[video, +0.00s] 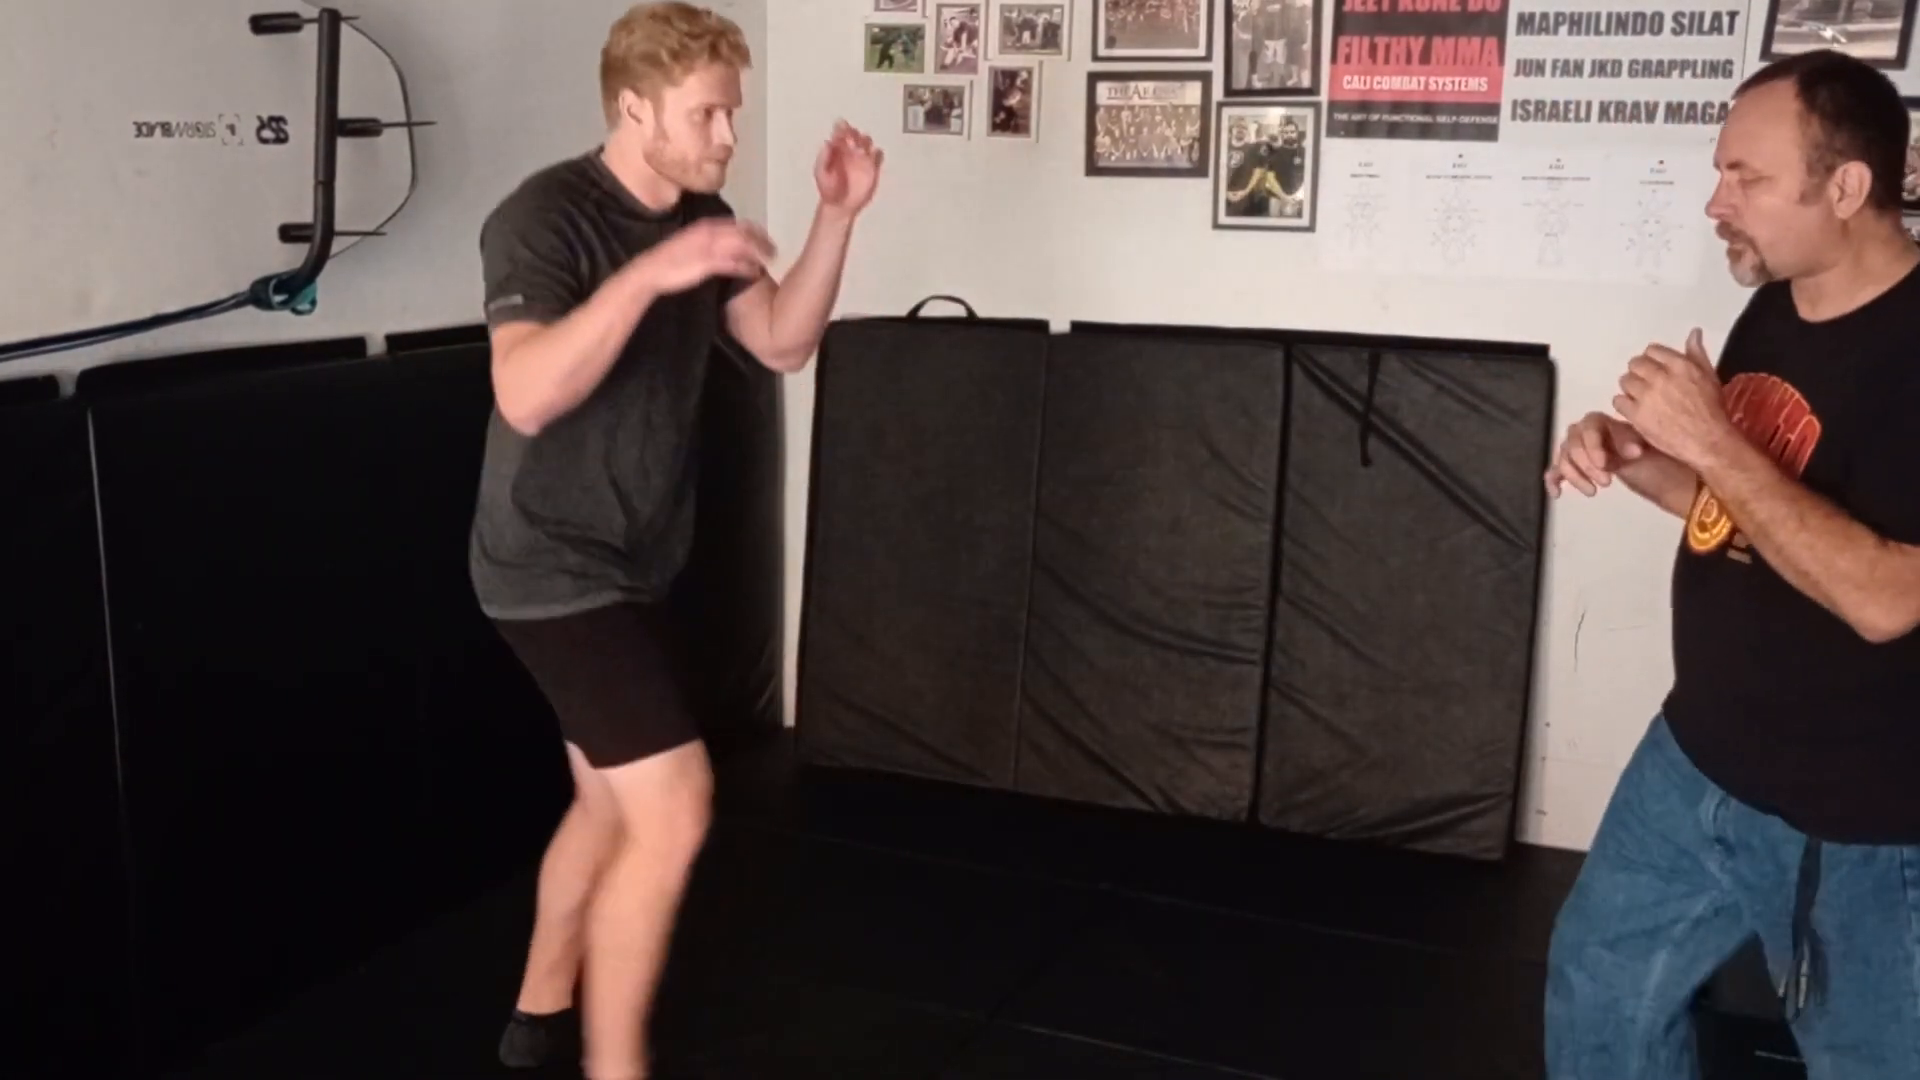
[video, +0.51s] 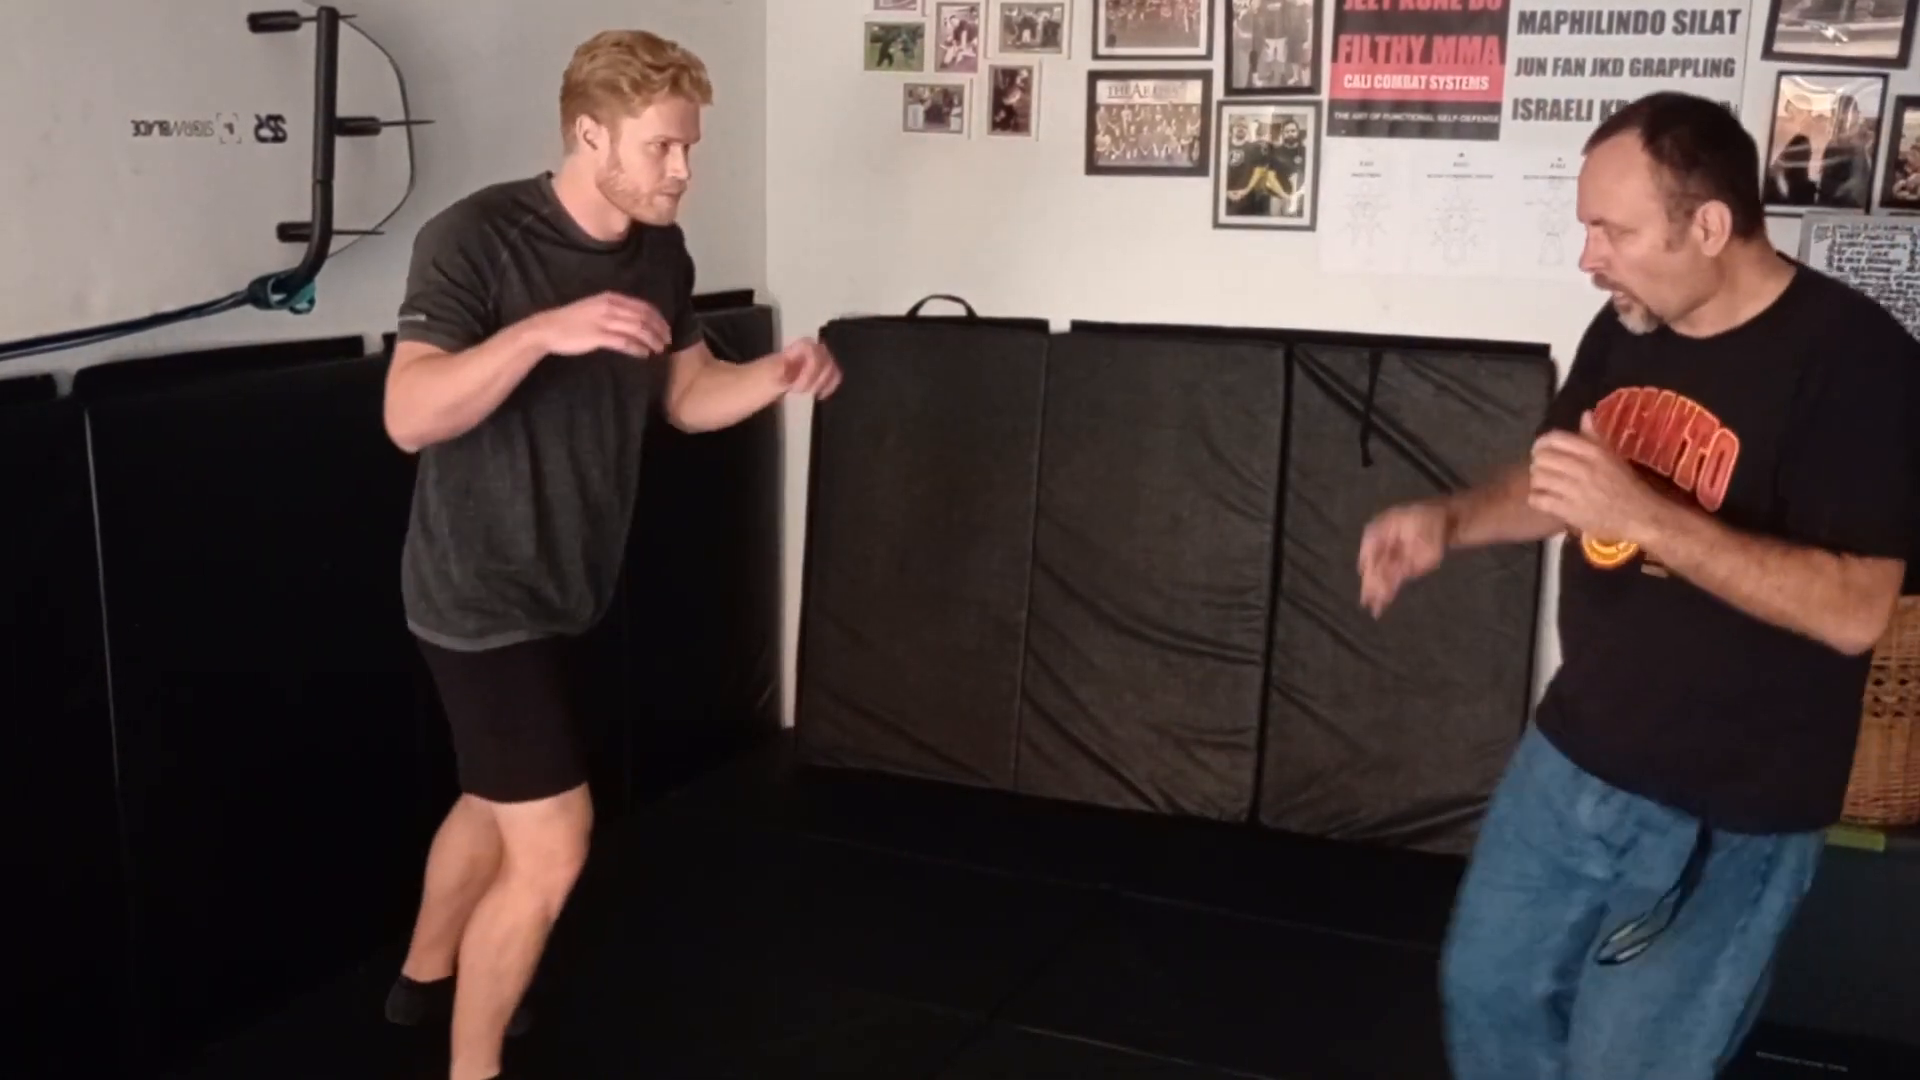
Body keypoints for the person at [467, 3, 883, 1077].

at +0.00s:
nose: (730, 136)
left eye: (733, 113)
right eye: (710, 115)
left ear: (690, 115)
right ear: (635, 112)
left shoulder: (694, 225)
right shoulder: (542, 217)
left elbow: (782, 341)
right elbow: (527, 394)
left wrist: (836, 216)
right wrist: (652, 273)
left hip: (639, 565)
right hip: (549, 572)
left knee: (607, 804)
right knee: (672, 806)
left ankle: (538, 1023)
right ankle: (613, 1068)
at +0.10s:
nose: (713, 124)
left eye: (719, 104)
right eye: (694, 103)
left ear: (710, 104)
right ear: (622, 101)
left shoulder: (688, 211)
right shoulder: (532, 199)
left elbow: (770, 323)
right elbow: (520, 368)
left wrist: (816, 203)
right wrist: (645, 220)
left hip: (603, 559)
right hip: (519, 564)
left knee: (560, 809)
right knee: (599, 826)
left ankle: (498, 1022)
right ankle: (485, 1058)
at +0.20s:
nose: (696, 156)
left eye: (701, 131)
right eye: (675, 131)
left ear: (697, 128)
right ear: (601, 123)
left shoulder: (662, 235)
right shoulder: (510, 225)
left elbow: (747, 348)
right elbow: (506, 390)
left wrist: (792, 242)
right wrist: (626, 243)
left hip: (586, 584)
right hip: (500, 592)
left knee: (528, 808)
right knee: (571, 842)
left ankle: (429, 975)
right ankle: (482, 1072)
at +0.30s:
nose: (684, 176)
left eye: (689, 152)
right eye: (664, 152)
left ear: (685, 145)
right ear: (590, 141)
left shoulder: (653, 256)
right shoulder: (489, 244)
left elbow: (702, 398)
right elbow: (472, 422)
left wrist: (768, 338)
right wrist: (600, 295)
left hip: (579, 593)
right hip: (489, 597)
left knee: (504, 816)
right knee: (569, 845)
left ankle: (419, 988)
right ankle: (480, 1072)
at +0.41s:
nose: (685, 173)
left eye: (690, 149)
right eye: (666, 149)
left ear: (686, 142)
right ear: (591, 137)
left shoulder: (651, 252)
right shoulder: (475, 241)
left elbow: (675, 399)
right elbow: (428, 420)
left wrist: (756, 388)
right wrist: (564, 344)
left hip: (576, 594)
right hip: (477, 596)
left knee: (496, 810)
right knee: (558, 842)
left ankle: (419, 987)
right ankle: (475, 1071)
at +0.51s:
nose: (687, 172)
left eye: (692, 147)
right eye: (668, 148)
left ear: (687, 140)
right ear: (590, 137)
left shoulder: (657, 253)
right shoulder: (474, 240)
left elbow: (687, 396)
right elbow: (409, 414)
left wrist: (775, 372)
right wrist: (540, 331)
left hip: (576, 593)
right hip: (476, 596)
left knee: (494, 810)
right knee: (550, 846)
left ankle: (420, 983)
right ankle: (472, 1071)